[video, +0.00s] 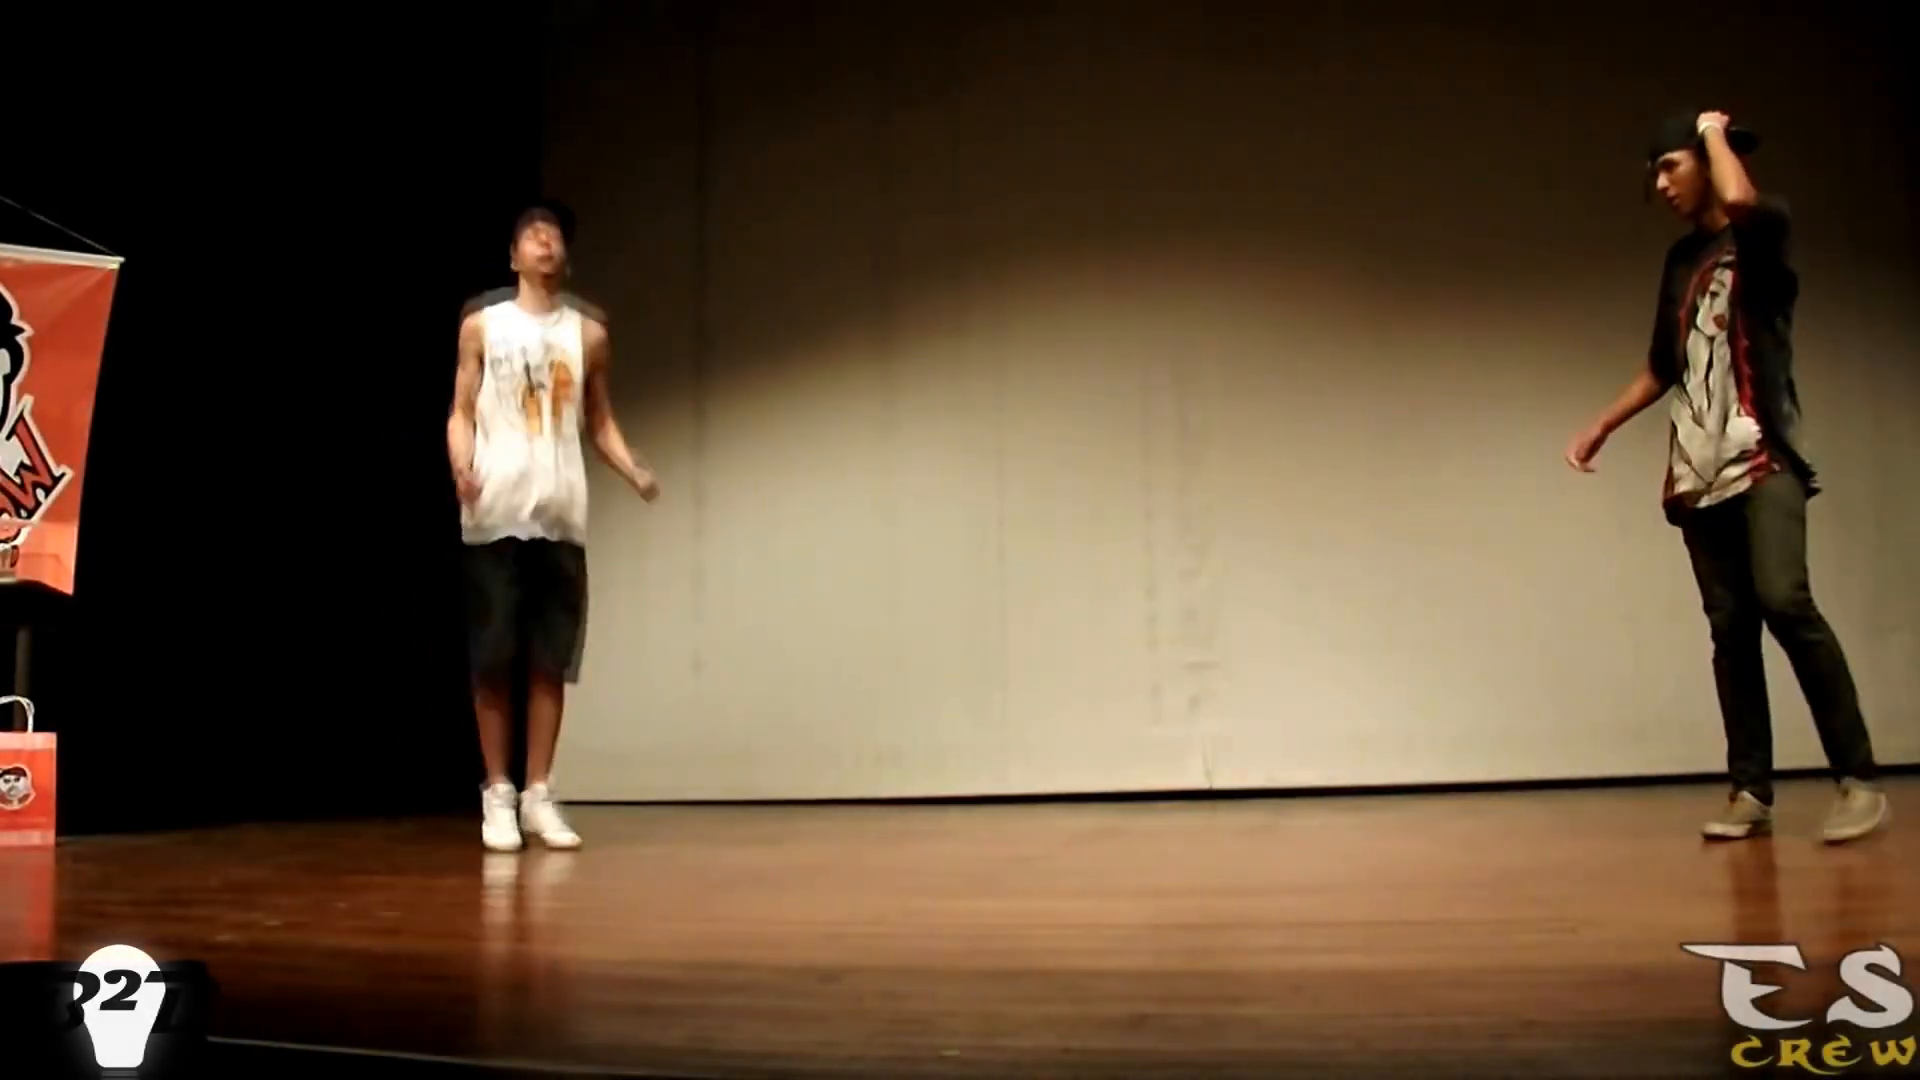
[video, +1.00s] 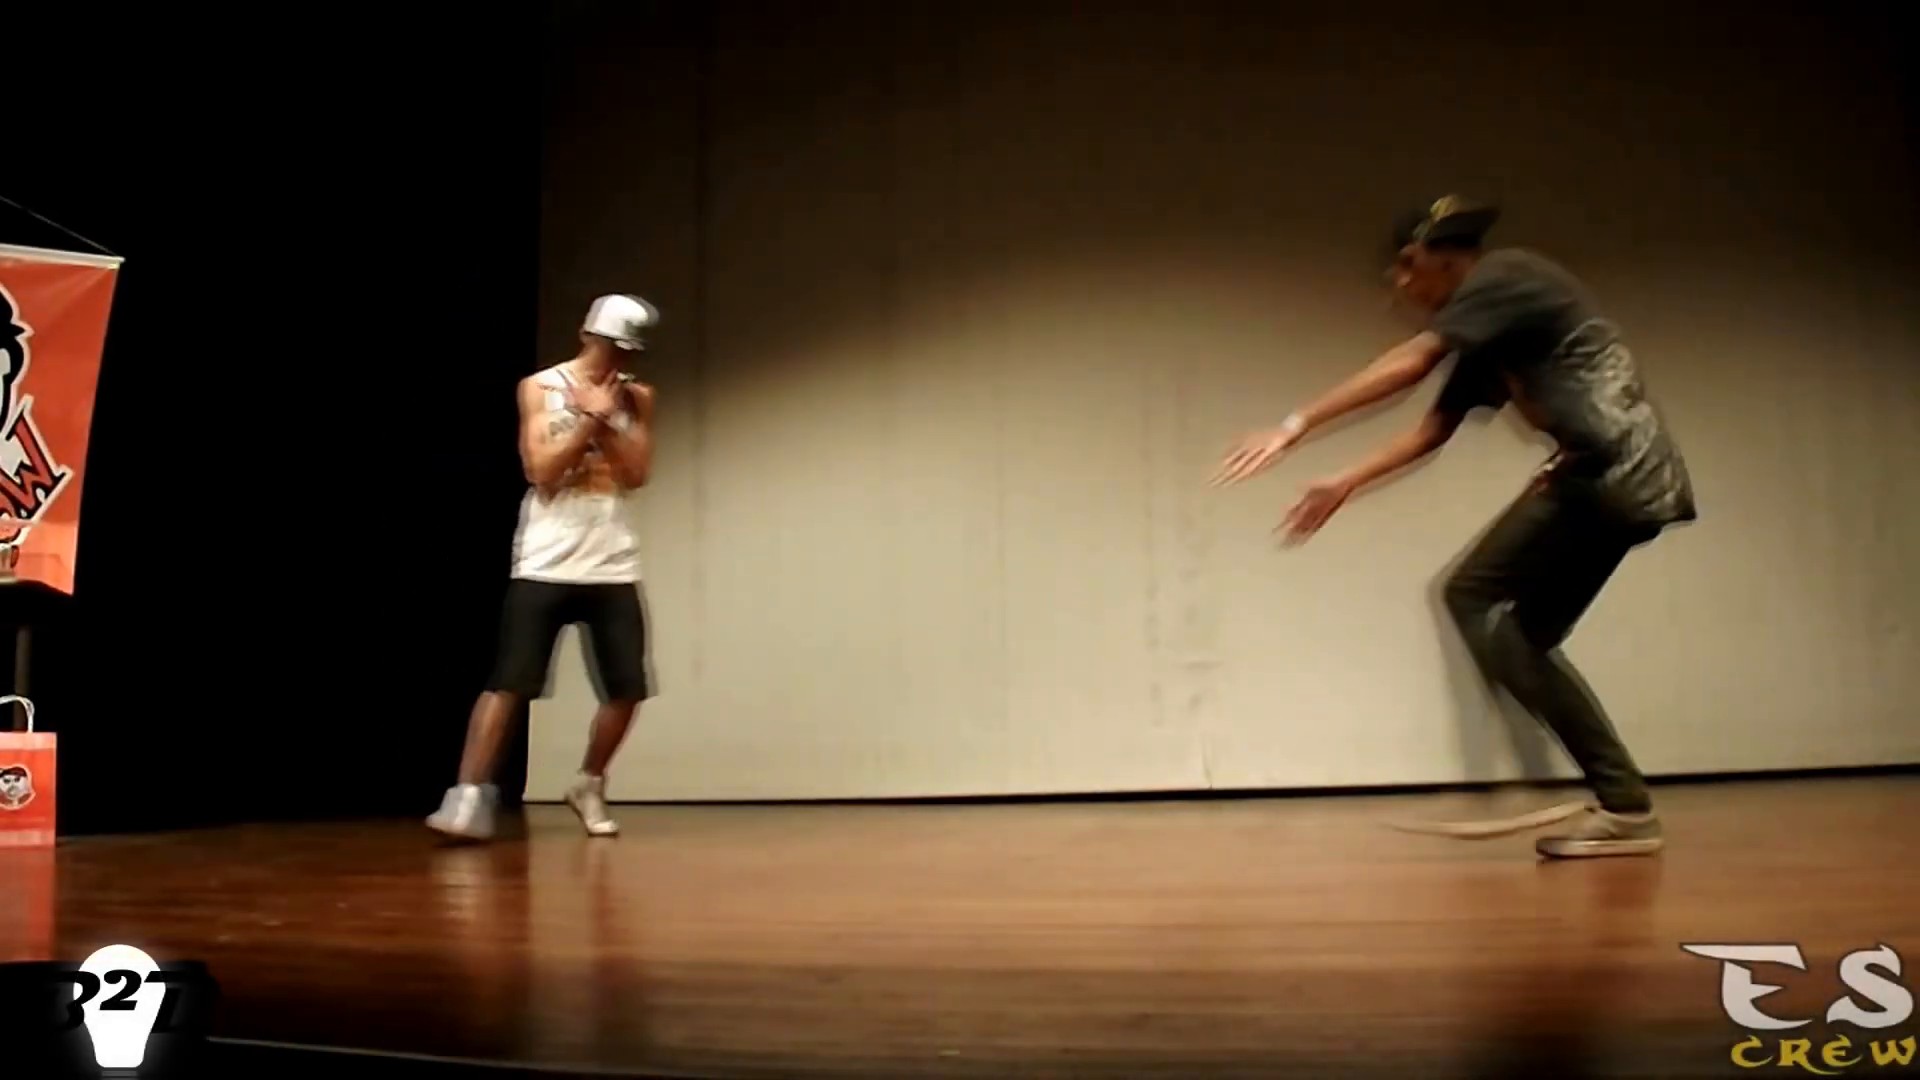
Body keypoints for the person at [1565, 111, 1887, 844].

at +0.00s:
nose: (1661, 184)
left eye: (1671, 169)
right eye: (1657, 173)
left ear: (1710, 167)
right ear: (1665, 184)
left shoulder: (1763, 236)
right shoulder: (1682, 259)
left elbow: (1740, 204)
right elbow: (1660, 370)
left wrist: (1715, 134)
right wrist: (1601, 426)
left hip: (1764, 459)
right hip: (1697, 472)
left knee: (1785, 602)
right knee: (1730, 628)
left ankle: (1859, 783)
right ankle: (1750, 793)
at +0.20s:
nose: (1661, 160)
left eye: (1673, 145)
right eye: (1658, 150)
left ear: (1715, 148)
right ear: (1668, 164)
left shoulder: (1768, 218)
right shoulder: (1686, 248)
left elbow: (1740, 186)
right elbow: (1674, 365)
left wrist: (1718, 118)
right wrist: (1604, 421)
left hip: (1778, 456)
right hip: (1706, 469)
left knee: (1804, 618)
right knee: (1713, 637)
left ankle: (1872, 799)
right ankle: (1752, 794)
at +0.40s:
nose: (1641, 140)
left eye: (1651, 126)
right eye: (1639, 132)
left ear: (1696, 132)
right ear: (1679, 139)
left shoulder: (1753, 190)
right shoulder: (1678, 231)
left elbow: (1691, 196)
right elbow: (1665, 347)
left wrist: (1601, 133)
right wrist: (1562, 371)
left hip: (1779, 441)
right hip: (1708, 444)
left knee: (1813, 616)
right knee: (1658, 600)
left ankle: (1874, 799)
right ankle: (1736, 775)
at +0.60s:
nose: (1588, 158)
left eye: (1600, 143)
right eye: (1589, 146)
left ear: (1644, 143)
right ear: (1632, 152)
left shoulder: (1700, 193)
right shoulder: (1644, 238)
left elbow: (1603, 238)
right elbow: (1608, 343)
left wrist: (1473, 250)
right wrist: (1510, 368)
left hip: (1747, 447)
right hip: (1681, 454)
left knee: (1792, 619)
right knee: (1632, 610)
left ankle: (1872, 798)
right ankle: (1641, 805)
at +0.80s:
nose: (1497, 187)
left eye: (1509, 171)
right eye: (1498, 173)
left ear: (1551, 171)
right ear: (1545, 177)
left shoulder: (1614, 219)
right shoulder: (1574, 264)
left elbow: (1528, 296)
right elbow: (1535, 369)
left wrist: (1402, 331)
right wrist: (1434, 397)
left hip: (1673, 468)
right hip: (1617, 474)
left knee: (1661, 622)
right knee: (1580, 627)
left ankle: (1819, 749)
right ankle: (1633, 810)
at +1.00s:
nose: (1402, 288)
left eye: (1406, 271)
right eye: (1399, 275)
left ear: (1437, 257)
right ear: (1445, 261)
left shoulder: (1503, 278)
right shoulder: (1491, 327)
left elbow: (1411, 363)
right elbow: (1429, 434)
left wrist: (1294, 426)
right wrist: (1342, 488)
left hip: (1602, 473)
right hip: (1626, 479)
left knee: (1471, 592)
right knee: (1522, 637)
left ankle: (1607, 792)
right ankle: (1626, 807)